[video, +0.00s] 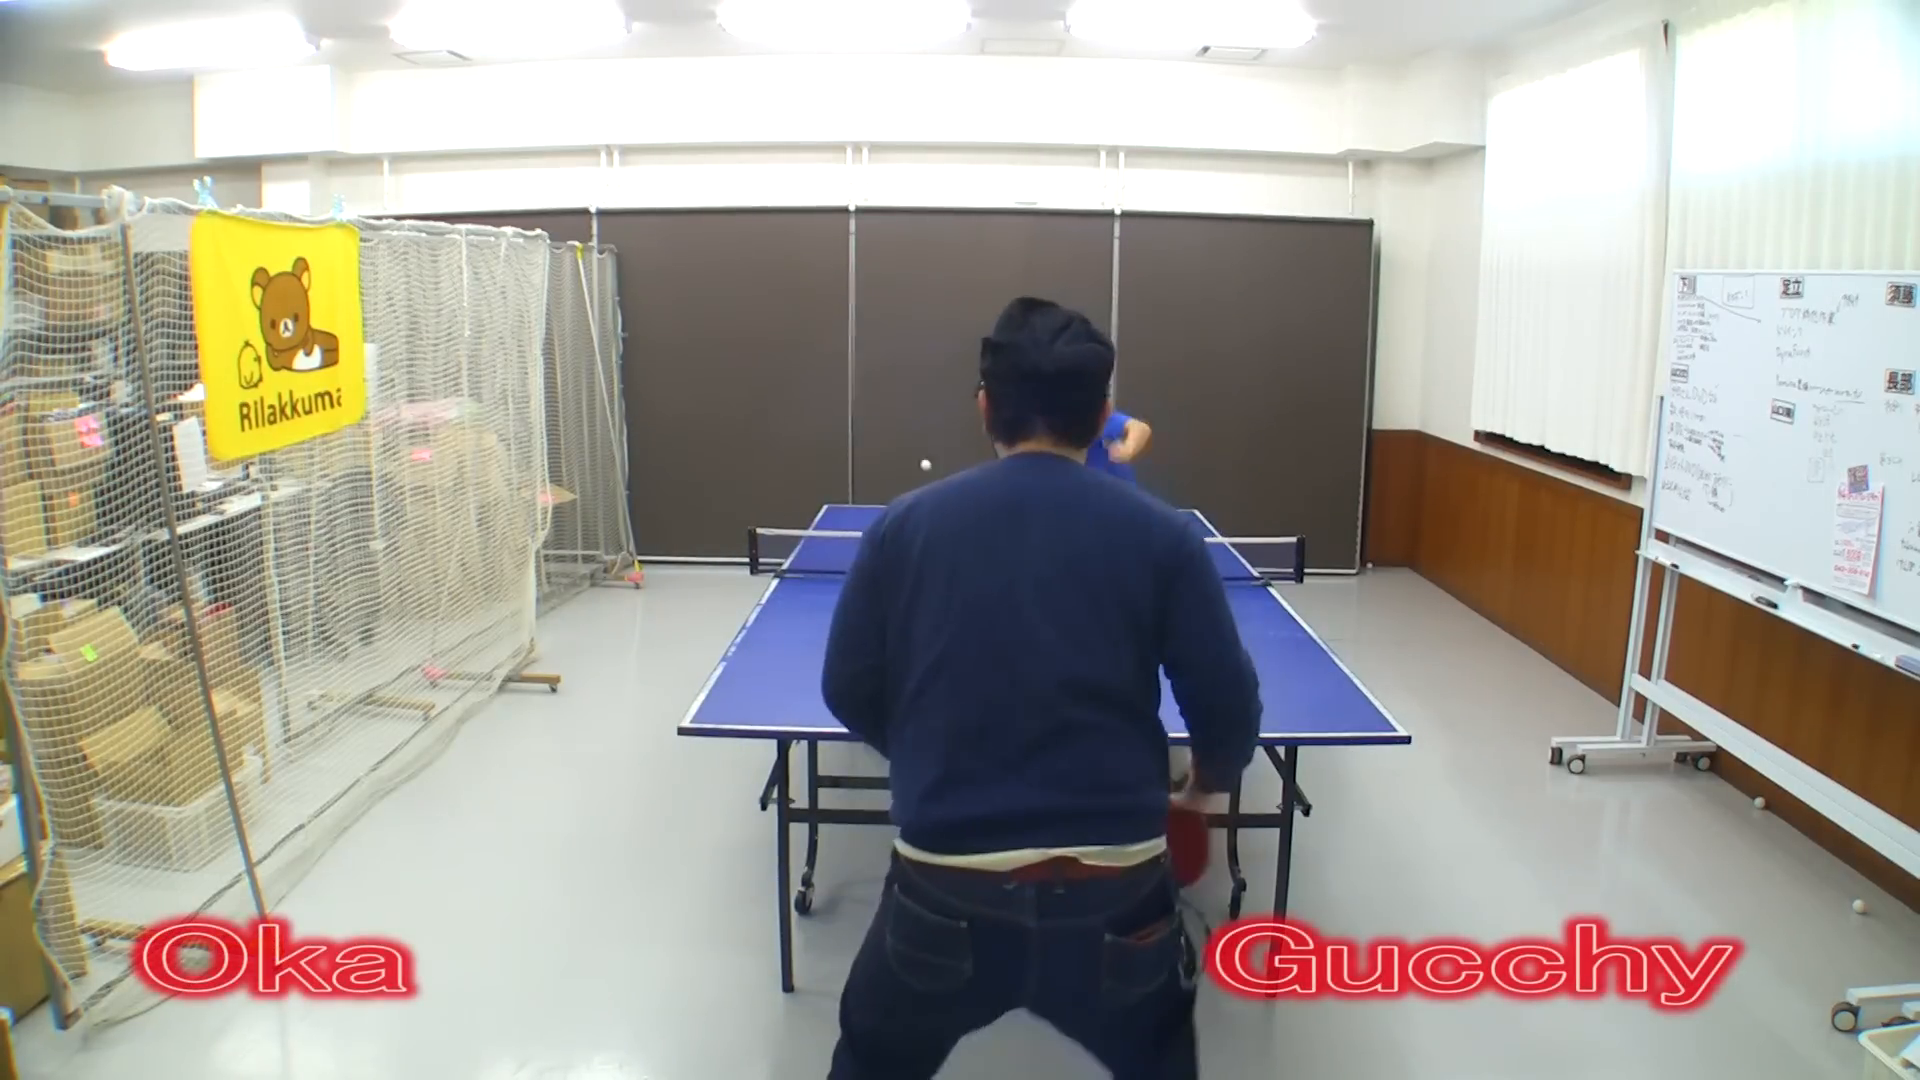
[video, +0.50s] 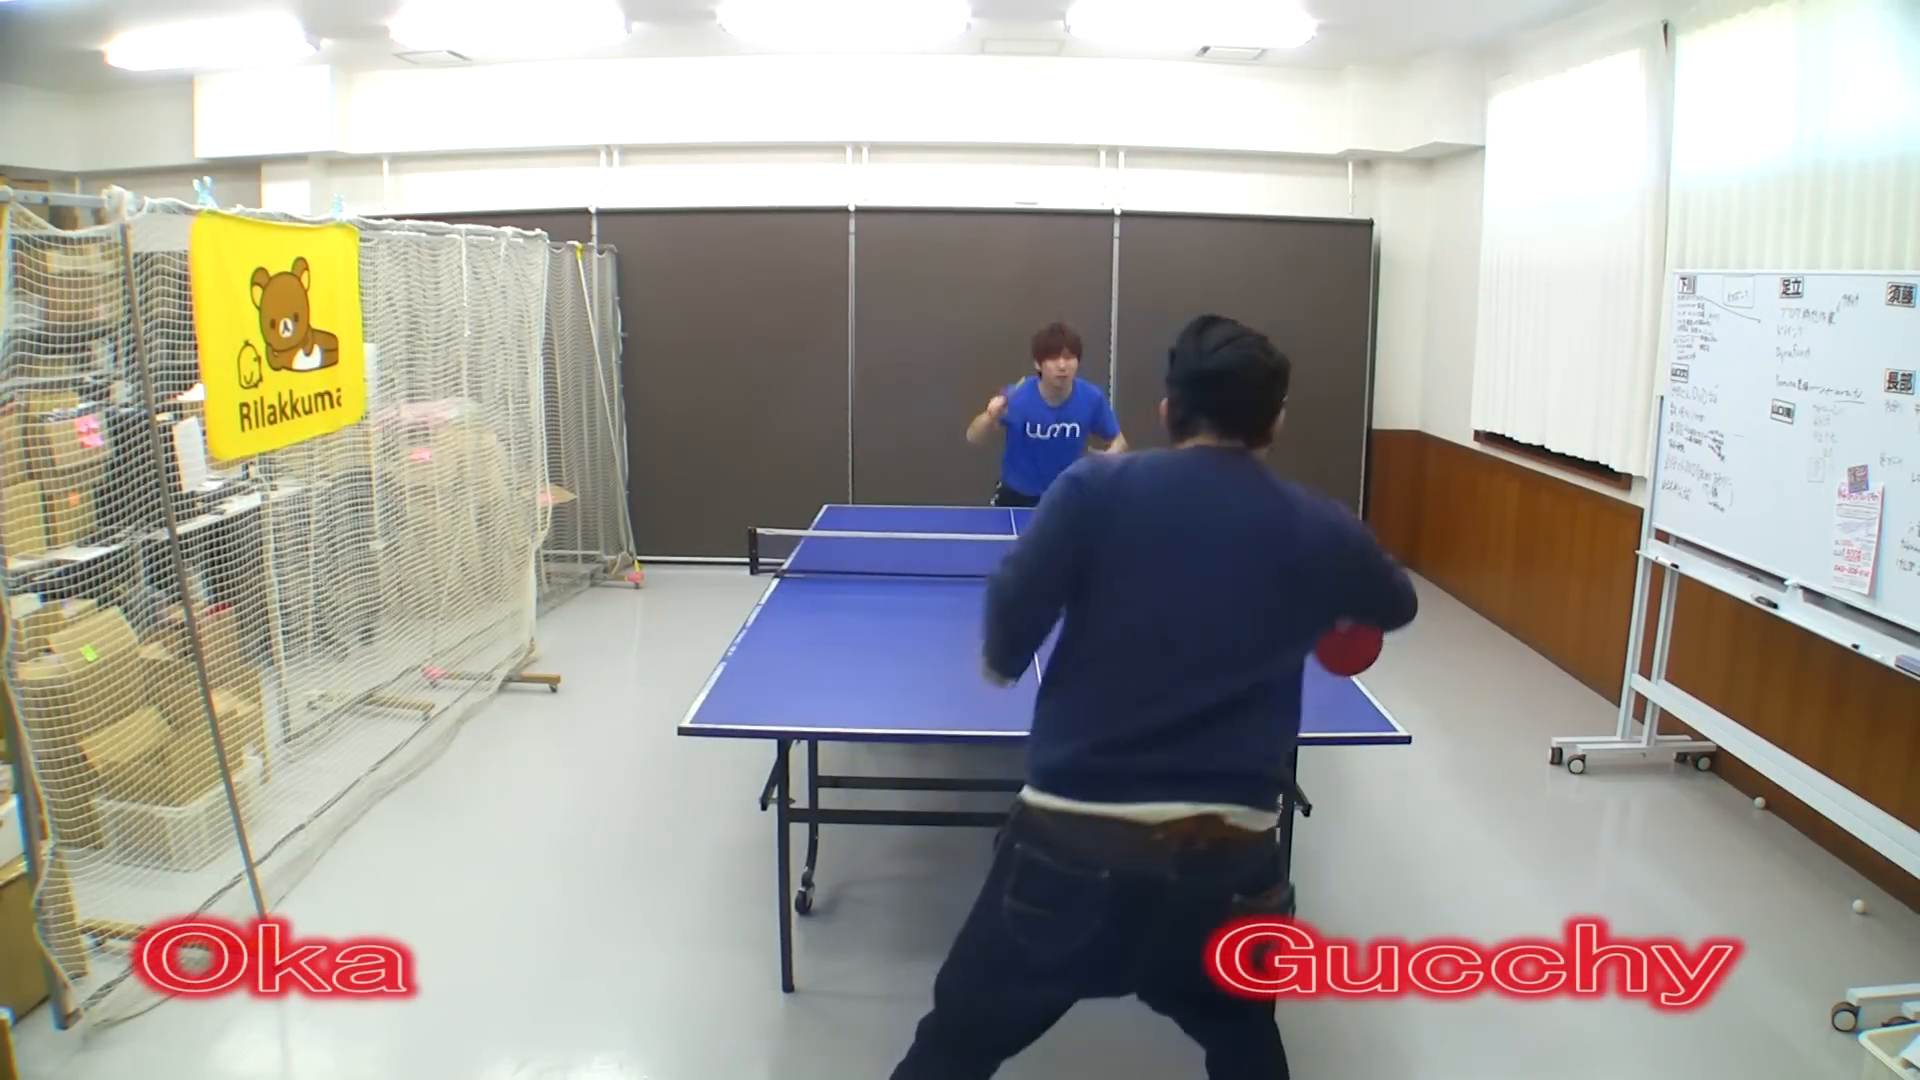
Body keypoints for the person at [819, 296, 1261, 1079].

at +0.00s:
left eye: (981, 388)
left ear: (986, 405)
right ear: (1102, 414)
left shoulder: (906, 526)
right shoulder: (1158, 533)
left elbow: (849, 684)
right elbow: (1227, 698)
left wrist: (938, 752)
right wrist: (1209, 783)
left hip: (946, 912)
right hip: (1115, 914)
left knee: (873, 1063)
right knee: (1158, 1064)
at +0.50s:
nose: (1158, 404)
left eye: (1162, 394)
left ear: (1170, 406)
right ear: (1273, 422)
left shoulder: (1096, 488)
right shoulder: (1312, 526)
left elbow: (1010, 625)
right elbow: (1397, 603)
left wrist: (1007, 658)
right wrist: (1314, 579)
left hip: (1069, 863)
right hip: (1225, 875)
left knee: (956, 1046)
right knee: (1247, 1048)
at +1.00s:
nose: (1140, 376)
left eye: (1140, 366)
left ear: (1145, 383)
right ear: (1257, 390)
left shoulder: (1096, 477)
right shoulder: (1312, 506)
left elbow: (1018, 619)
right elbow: (1371, 657)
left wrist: (989, 644)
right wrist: (1275, 691)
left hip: (1102, 866)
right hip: (1255, 866)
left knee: (1004, 1058)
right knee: (1252, 1055)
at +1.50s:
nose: (1100, 406)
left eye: (1103, 393)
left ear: (1112, 412)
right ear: (1219, 419)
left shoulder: (1060, 531)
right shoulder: (1298, 542)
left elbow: (1021, 716)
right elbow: (1340, 719)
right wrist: (1232, 737)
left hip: (1108, 921)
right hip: (1275, 914)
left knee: (985, 1069)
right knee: (1315, 1071)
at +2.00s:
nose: (1365, 371)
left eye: (1370, 361)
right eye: (1376, 359)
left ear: (1377, 375)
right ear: (1480, 399)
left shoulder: (1340, 449)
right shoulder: (1533, 530)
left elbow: (1285, 562)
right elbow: (1602, 659)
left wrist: (1161, 686)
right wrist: (1556, 788)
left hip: (1231, 828)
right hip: (1384, 869)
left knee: (1037, 997)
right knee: (1363, 1066)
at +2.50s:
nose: (1486, 364)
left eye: (1489, 350)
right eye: (1491, 345)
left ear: (1499, 363)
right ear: (1601, 383)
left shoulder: (1441, 458)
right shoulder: (1650, 526)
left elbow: (1305, 572)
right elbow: (1701, 705)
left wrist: (1152, 641)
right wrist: (1646, 809)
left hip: (1380, 847)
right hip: (1528, 868)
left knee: (1240, 1053)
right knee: (1487, 1063)